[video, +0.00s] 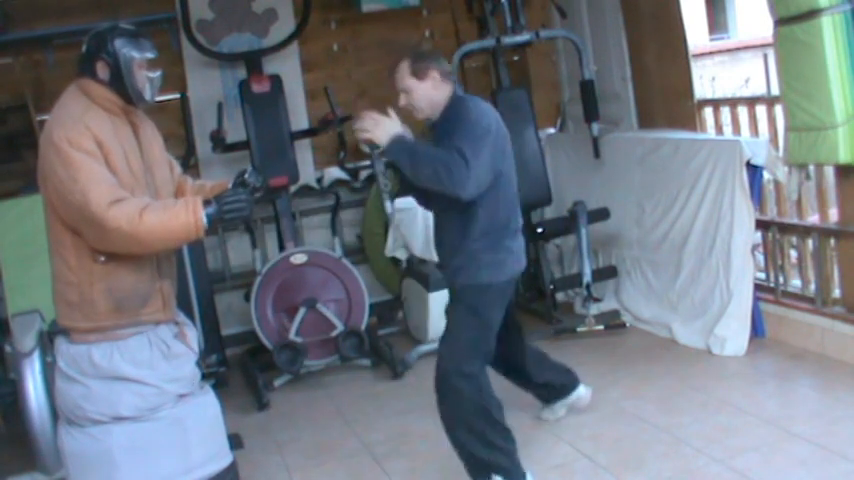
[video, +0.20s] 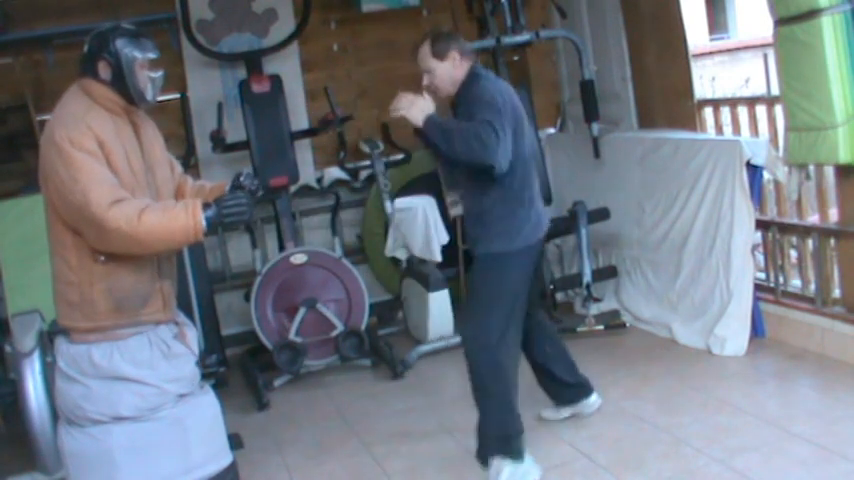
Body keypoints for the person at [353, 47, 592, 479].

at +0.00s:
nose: (404, 102)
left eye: (408, 91)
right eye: (401, 95)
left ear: (436, 79)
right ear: (428, 84)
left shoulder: (474, 117)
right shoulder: (445, 125)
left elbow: (464, 180)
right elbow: (437, 193)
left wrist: (398, 142)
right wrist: (394, 146)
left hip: (491, 267)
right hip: (473, 267)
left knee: (457, 372)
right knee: (502, 346)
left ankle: (501, 473)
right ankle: (565, 390)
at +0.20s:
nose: (427, 82)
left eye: (430, 72)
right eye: (423, 75)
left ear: (458, 60)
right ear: (453, 63)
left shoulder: (486, 93)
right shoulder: (476, 94)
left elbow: (492, 152)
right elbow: (479, 160)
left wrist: (428, 121)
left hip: (507, 237)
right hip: (513, 230)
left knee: (485, 338)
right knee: (524, 319)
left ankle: (504, 452)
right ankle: (575, 394)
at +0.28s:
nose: (433, 76)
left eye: (436, 66)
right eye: (429, 68)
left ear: (462, 53)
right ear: (458, 56)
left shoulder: (488, 82)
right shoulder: (486, 81)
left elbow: (487, 139)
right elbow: (490, 148)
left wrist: (428, 107)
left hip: (515, 222)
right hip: (525, 217)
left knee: (482, 320)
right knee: (529, 308)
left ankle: (531, 422)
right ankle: (574, 384)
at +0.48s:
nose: (454, 92)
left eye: (456, 81)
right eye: (450, 84)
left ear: (482, 71)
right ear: (484, 73)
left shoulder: (503, 105)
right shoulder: (518, 100)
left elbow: (510, 169)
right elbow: (509, 168)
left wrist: (453, 142)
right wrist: (466, 141)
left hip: (527, 245)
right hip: (547, 237)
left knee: (495, 337)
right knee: (550, 323)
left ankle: (569, 409)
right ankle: (594, 390)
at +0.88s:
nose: (426, 84)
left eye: (431, 74)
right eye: (424, 76)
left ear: (459, 66)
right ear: (459, 68)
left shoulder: (487, 99)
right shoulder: (489, 99)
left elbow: (492, 162)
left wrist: (428, 126)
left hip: (514, 248)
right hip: (526, 240)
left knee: (522, 354)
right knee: (555, 328)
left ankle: (529, 464)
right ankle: (612, 397)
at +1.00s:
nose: (404, 80)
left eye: (409, 70)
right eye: (402, 72)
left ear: (437, 61)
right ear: (437, 63)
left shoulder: (461, 94)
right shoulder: (463, 94)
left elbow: (460, 149)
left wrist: (381, 124)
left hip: (496, 245)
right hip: (494, 241)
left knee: (505, 351)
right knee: (504, 336)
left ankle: (533, 461)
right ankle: (565, 386)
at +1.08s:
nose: (393, 82)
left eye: (396, 72)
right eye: (391, 75)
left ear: (422, 63)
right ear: (425, 64)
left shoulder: (441, 99)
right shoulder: (473, 99)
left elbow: (407, 135)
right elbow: (511, 154)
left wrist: (344, 105)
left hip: (475, 249)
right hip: (490, 242)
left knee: (496, 348)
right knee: (476, 339)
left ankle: (530, 462)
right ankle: (510, 426)